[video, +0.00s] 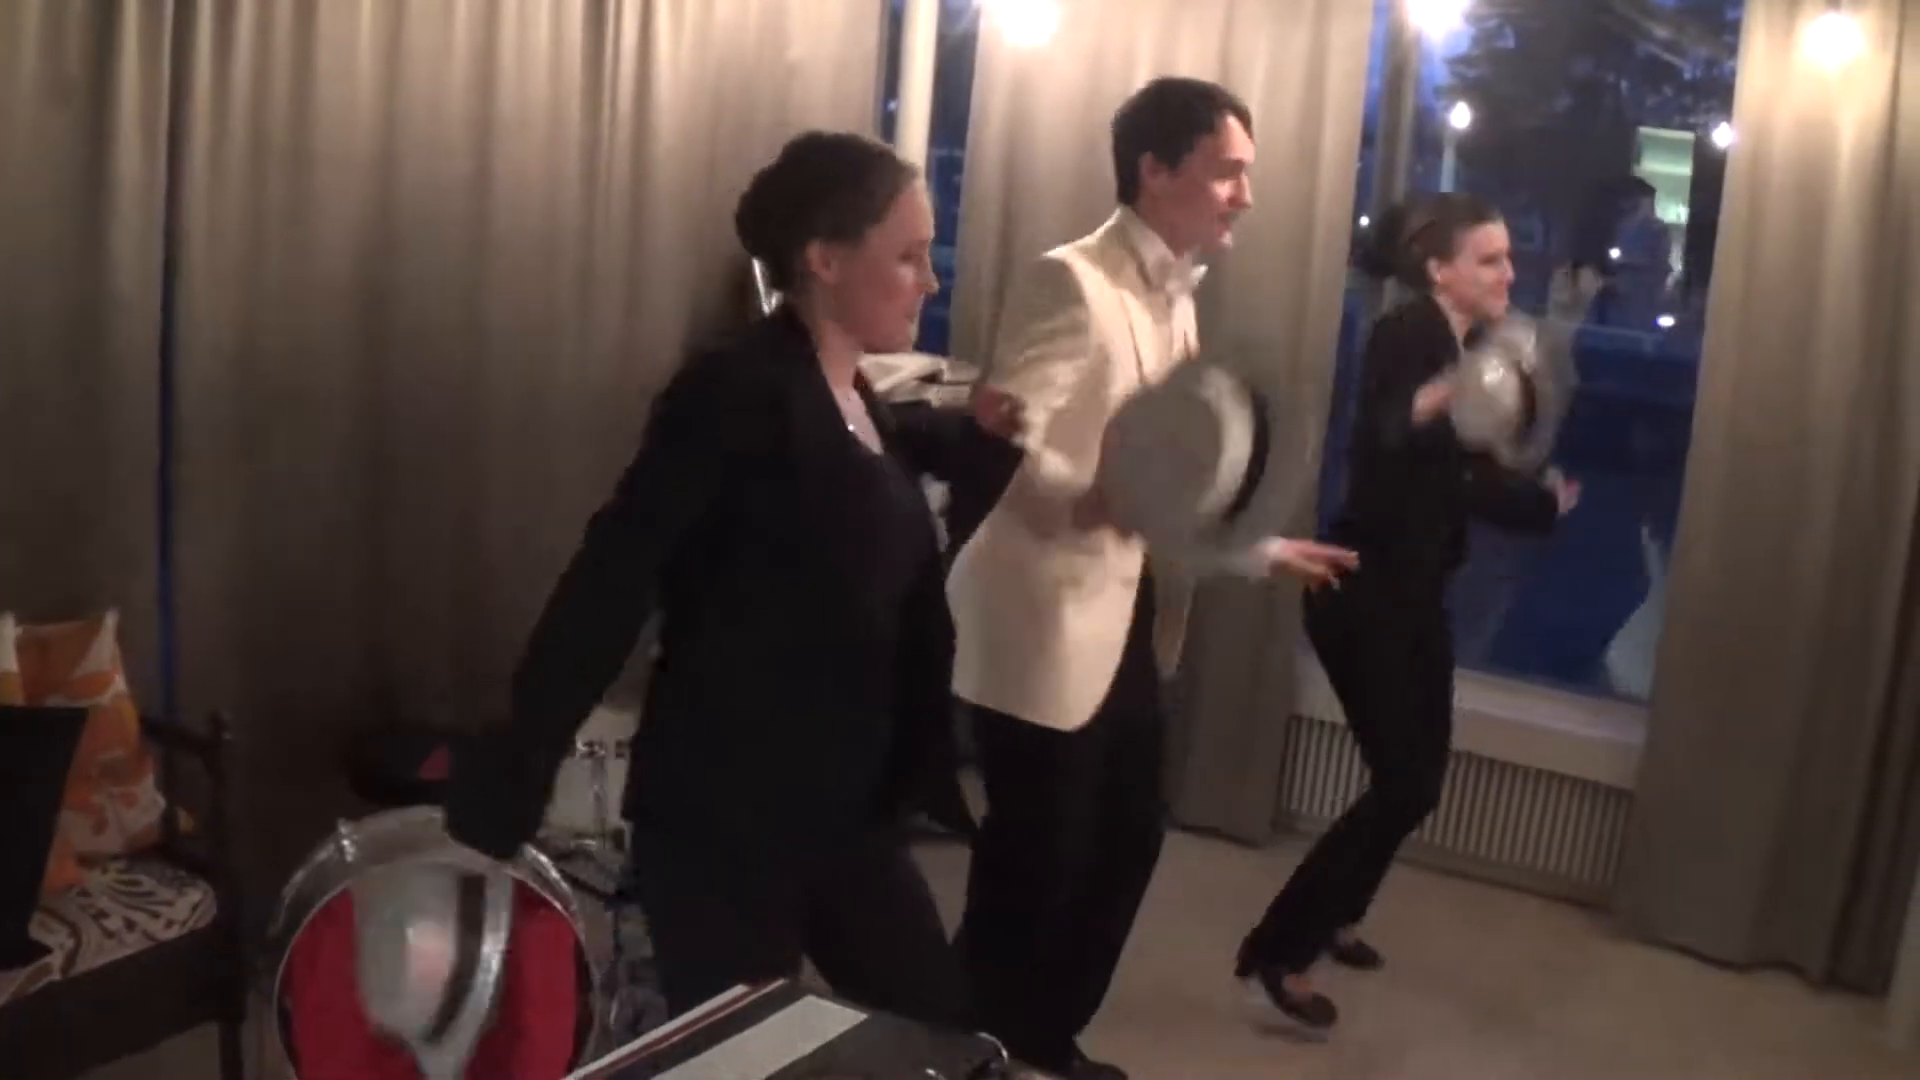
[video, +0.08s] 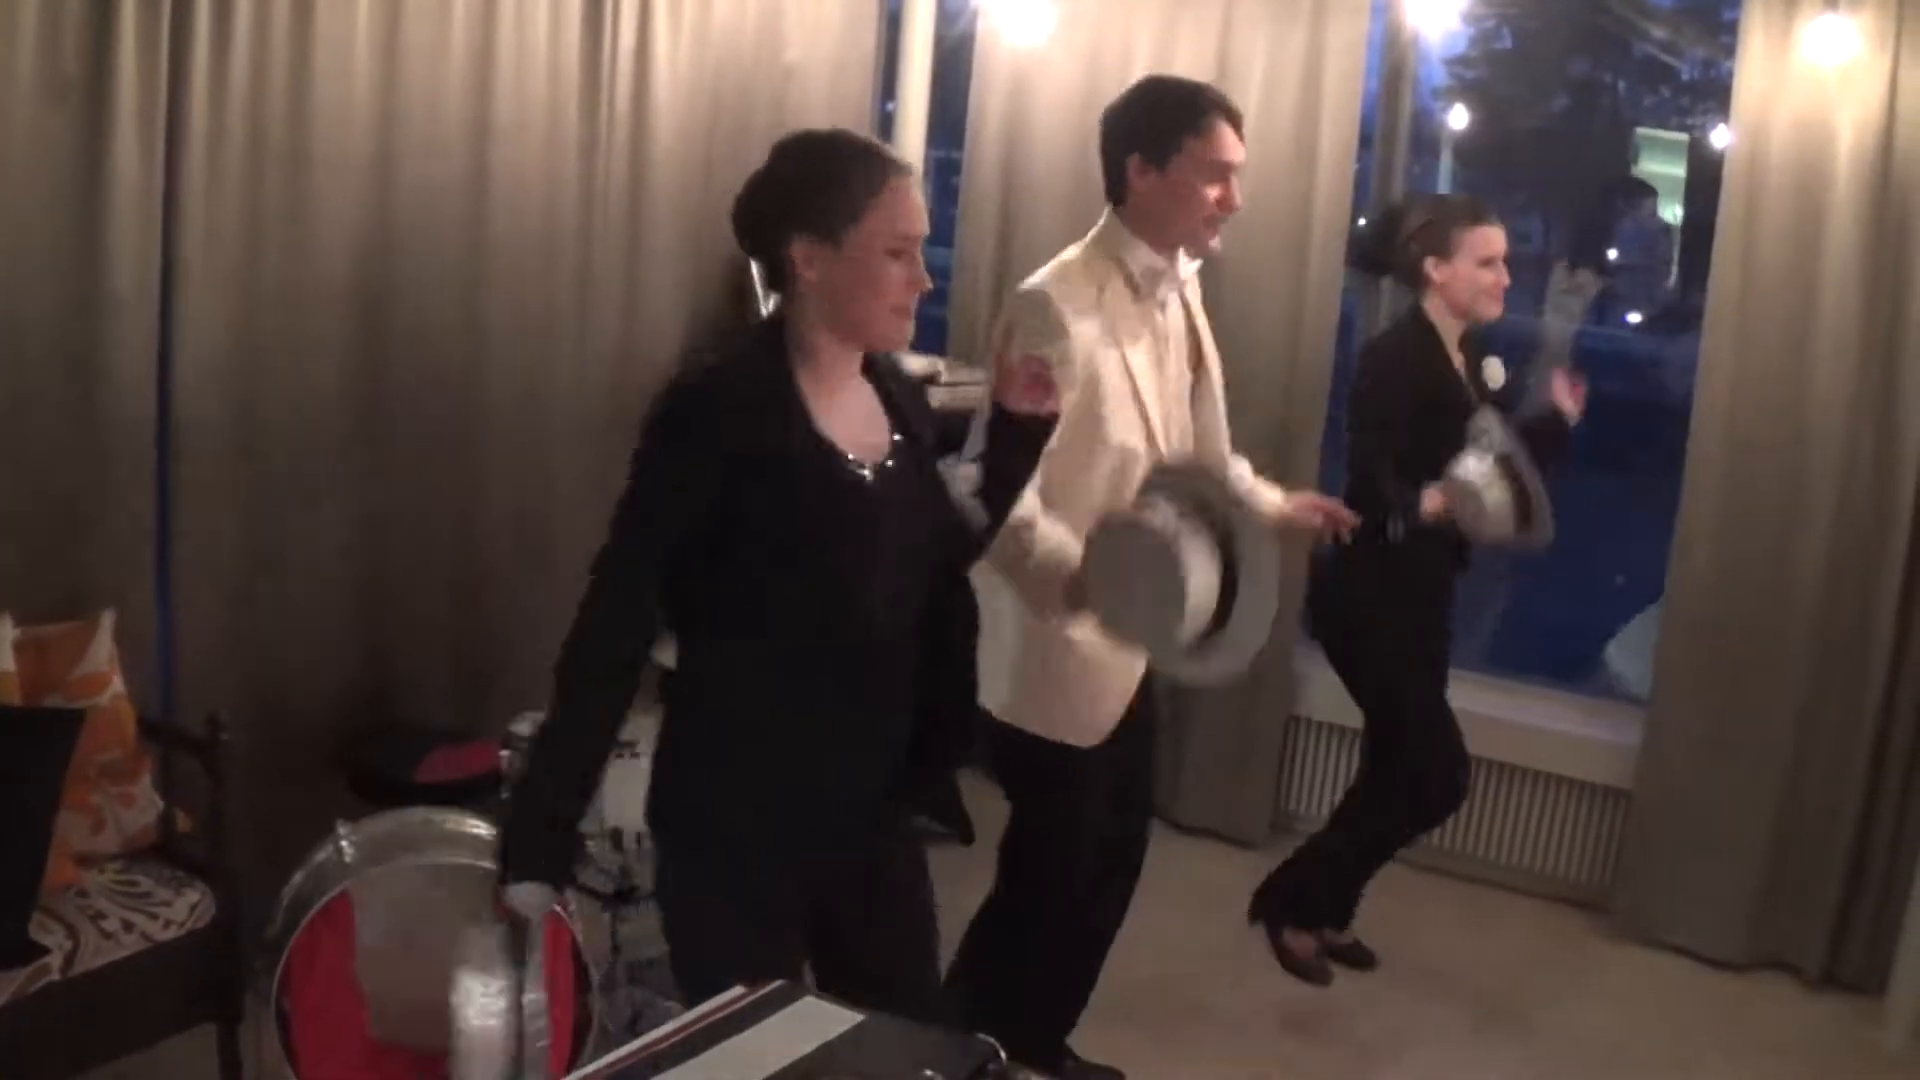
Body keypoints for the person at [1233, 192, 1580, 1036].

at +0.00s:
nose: (1507, 275)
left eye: (1507, 260)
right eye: (1490, 261)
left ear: (1475, 273)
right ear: (1439, 269)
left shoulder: (1469, 349)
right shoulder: (1409, 337)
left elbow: (1467, 474)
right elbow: (1385, 446)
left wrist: (1542, 496)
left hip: (1411, 589)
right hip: (1368, 590)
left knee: (1413, 777)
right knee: (1405, 783)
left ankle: (1327, 919)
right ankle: (1277, 950)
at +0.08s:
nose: (1504, 278)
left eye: (1504, 263)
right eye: (1488, 264)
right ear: (1435, 270)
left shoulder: (1468, 357)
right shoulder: (1396, 356)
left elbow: (1490, 472)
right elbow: (1369, 484)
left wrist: (1553, 420)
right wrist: (1421, 504)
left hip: (1416, 589)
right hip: (1365, 589)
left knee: (1401, 766)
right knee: (1437, 775)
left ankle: (1324, 911)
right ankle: (1294, 899)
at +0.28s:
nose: (1507, 281)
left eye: (1510, 267)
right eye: (1496, 263)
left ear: (1468, 273)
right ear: (1441, 261)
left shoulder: (1464, 355)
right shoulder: (1395, 372)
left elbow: (1512, 377)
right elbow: (1371, 509)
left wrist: (1552, 284)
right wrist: (1422, 578)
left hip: (1420, 600)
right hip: (1375, 599)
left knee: (1378, 771)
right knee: (1448, 782)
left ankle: (1314, 924)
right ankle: (1332, 938)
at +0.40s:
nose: (1518, 284)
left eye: (1521, 268)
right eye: (1506, 264)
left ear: (1464, 268)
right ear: (1449, 258)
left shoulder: (1463, 353)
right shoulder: (1401, 376)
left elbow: (1497, 392)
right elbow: (1395, 536)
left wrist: (1546, 314)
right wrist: (1465, 556)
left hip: (1441, 598)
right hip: (1390, 603)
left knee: (1417, 774)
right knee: (1431, 799)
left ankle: (1324, 888)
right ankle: (1321, 972)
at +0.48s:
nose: (1526, 279)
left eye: (1530, 263)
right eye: (1516, 260)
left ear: (1473, 260)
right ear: (1463, 253)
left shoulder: (1477, 349)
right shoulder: (1412, 360)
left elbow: (1494, 448)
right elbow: (1434, 498)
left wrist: (1550, 370)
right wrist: (1515, 473)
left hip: (1449, 600)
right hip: (1393, 602)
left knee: (1483, 776)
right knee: (1426, 789)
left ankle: (1357, 862)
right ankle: (1319, 973)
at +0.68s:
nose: (1551, 284)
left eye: (1552, 267)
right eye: (1539, 266)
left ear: (1498, 271)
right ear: (1494, 268)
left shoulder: (1501, 354)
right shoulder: (1440, 347)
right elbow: (1491, 415)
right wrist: (1559, 296)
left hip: (1466, 617)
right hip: (1397, 620)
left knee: (1564, 769)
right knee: (1408, 807)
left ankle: (1438, 918)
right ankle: (1304, 990)